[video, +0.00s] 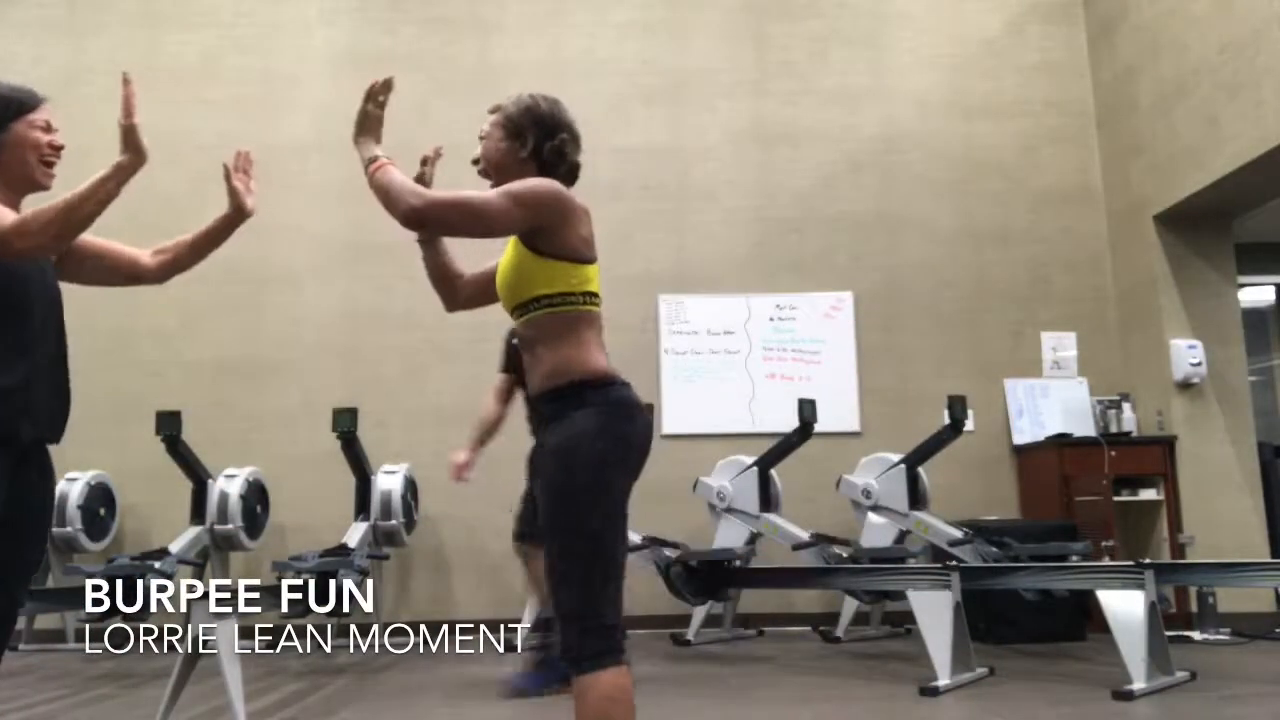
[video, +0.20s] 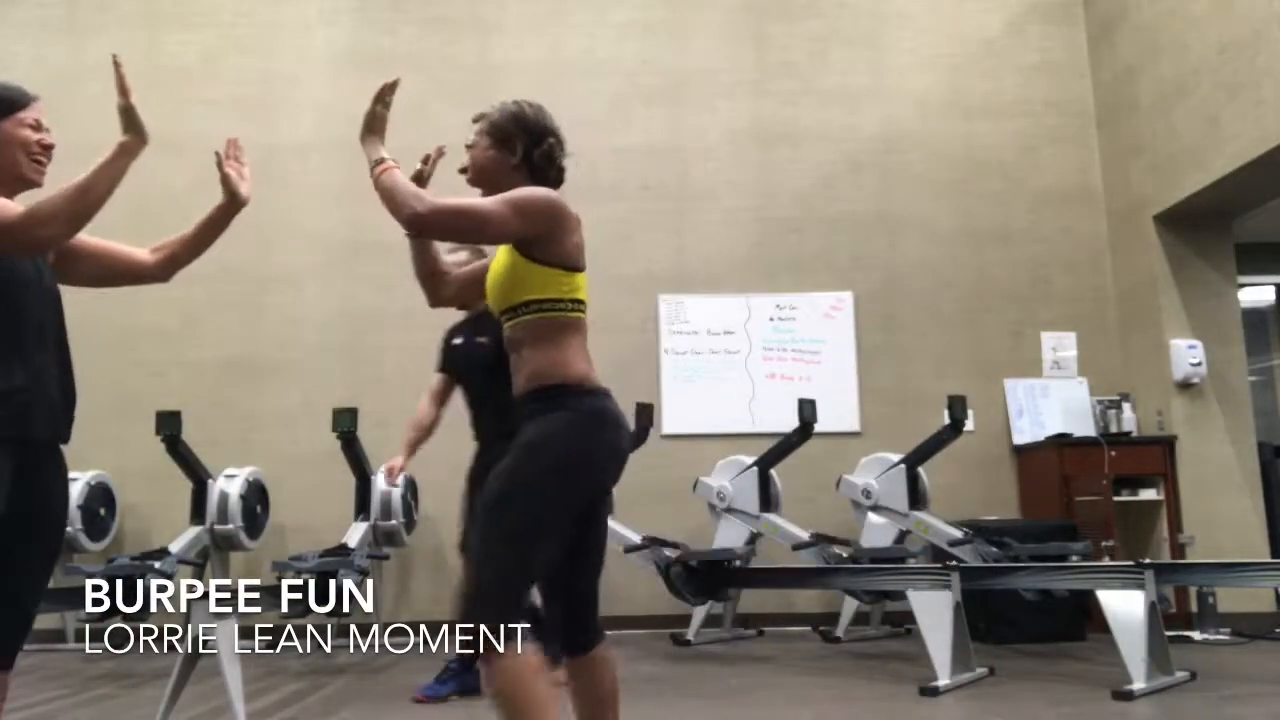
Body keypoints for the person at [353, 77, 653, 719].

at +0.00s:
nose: (480, 140)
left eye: (492, 129)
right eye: (486, 128)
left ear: (527, 143)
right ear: (526, 147)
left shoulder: (549, 197)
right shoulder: (535, 249)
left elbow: (417, 209)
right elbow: (456, 293)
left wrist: (369, 150)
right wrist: (426, 214)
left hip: (592, 422)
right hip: (572, 425)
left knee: (590, 640)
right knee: (584, 635)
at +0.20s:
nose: (465, 157)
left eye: (476, 145)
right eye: (469, 145)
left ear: (514, 153)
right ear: (511, 155)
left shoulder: (544, 208)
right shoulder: (516, 253)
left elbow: (418, 212)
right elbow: (439, 287)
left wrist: (373, 150)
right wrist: (417, 207)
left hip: (570, 425)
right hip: (567, 426)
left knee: (492, 602)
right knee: (575, 618)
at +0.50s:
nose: (409, 128)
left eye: (424, 118)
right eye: (417, 116)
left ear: (457, 134)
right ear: (454, 135)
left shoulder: (467, 190)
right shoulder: (450, 238)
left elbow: (323, 191)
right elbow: (360, 265)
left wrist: (294, 149)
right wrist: (316, 197)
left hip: (490, 422)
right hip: (514, 421)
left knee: (411, 623)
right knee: (531, 613)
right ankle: (578, 716)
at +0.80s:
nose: (437, 148)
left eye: (446, 134)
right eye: (439, 135)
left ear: (479, 138)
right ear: (498, 143)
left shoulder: (507, 188)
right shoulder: (513, 215)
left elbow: (388, 200)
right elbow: (452, 289)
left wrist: (331, 143)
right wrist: (409, 227)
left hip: (519, 418)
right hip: (552, 416)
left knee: (442, 620)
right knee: (568, 608)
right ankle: (655, 713)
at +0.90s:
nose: (464, 200)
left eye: (468, 183)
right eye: (461, 186)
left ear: (506, 171)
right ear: (505, 175)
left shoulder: (554, 212)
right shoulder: (532, 244)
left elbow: (513, 257)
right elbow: (497, 336)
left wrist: (394, 220)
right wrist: (426, 287)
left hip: (574, 429)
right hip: (597, 429)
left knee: (484, 623)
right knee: (627, 627)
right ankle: (698, 714)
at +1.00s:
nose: (480, 221)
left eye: (482, 202)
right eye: (475, 207)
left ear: (521, 185)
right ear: (521, 189)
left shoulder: (584, 224)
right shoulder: (559, 262)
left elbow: (571, 288)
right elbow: (539, 372)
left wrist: (440, 315)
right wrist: (457, 380)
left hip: (635, 427)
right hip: (632, 431)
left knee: (552, 623)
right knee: (649, 623)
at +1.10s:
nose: (480, 240)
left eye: (480, 222)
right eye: (473, 228)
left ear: (513, 197)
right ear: (514, 202)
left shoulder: (581, 229)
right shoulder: (558, 267)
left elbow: (571, 327)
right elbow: (566, 396)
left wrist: (487, 401)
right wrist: (502, 456)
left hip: (677, 415)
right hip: (663, 422)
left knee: (619, 613)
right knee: (674, 618)